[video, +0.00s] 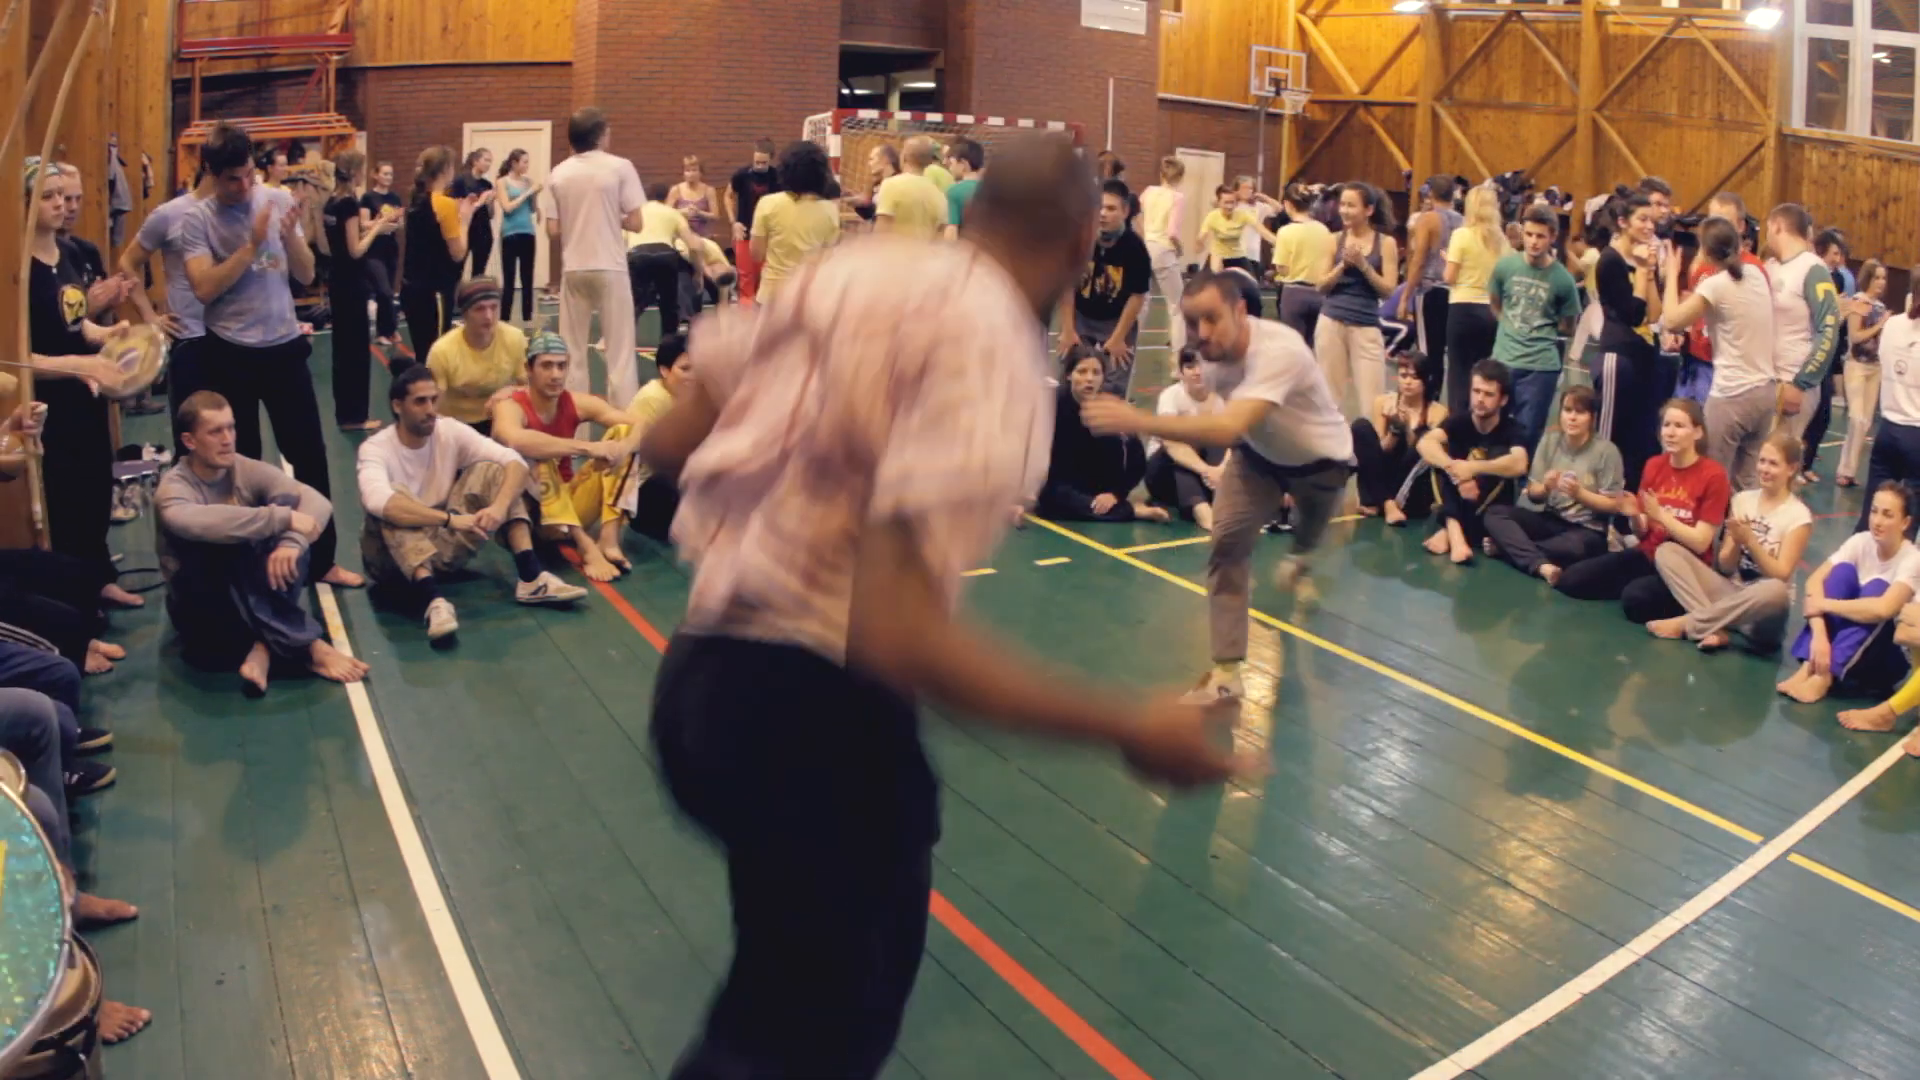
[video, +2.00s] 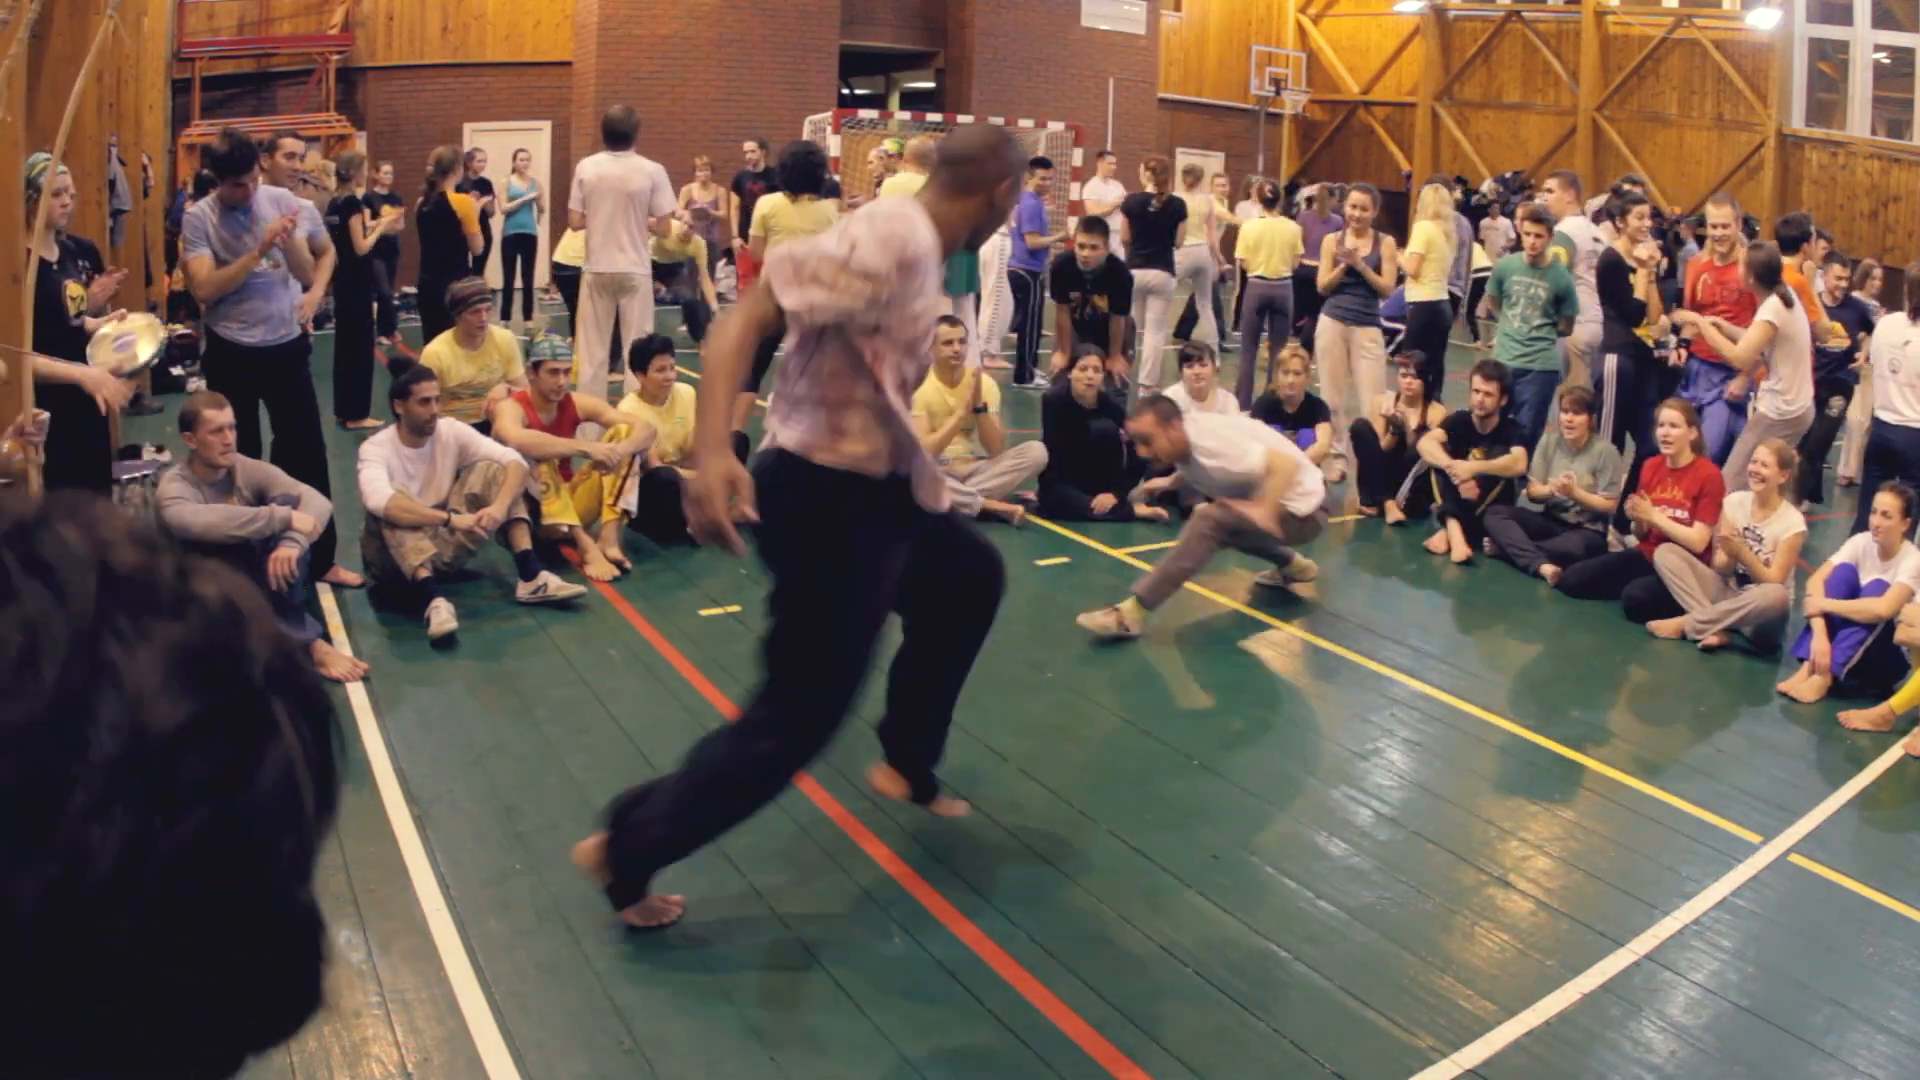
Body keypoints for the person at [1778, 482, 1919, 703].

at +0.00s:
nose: (1877, 521)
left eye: (1887, 515)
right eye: (1874, 512)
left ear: (1905, 523)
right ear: (1868, 512)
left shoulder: (1912, 559)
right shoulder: (1860, 542)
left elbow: (1885, 609)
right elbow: (1814, 581)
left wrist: (1822, 604)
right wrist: (1820, 638)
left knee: (1876, 586)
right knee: (1843, 571)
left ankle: (1824, 676)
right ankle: (1807, 666)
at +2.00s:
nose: (1876, 522)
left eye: (1886, 516)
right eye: (1874, 512)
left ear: (1905, 524)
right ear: (1869, 513)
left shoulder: (1912, 559)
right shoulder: (1860, 542)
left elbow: (1885, 610)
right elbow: (1815, 581)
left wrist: (1823, 604)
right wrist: (1820, 638)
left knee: (1877, 587)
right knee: (1843, 572)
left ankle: (1824, 676)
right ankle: (1807, 666)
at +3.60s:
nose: (1879, 523)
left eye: (1889, 516)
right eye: (1876, 513)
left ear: (1906, 524)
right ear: (1871, 515)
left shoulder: (1913, 558)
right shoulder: (1860, 541)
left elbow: (1888, 606)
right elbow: (1817, 579)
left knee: (1877, 586)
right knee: (1845, 572)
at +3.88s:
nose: (1880, 524)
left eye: (1891, 516)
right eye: (1877, 513)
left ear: (1907, 523)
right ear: (1871, 515)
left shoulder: (1912, 558)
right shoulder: (1860, 541)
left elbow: (1888, 606)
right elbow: (1814, 581)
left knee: (1876, 586)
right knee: (1844, 572)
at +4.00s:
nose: (1881, 523)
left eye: (1891, 516)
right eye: (1877, 513)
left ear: (1907, 524)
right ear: (1871, 515)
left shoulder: (1913, 560)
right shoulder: (1860, 543)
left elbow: (1890, 605)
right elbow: (1826, 575)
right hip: (1853, 620)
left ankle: (1817, 678)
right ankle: (1809, 673)